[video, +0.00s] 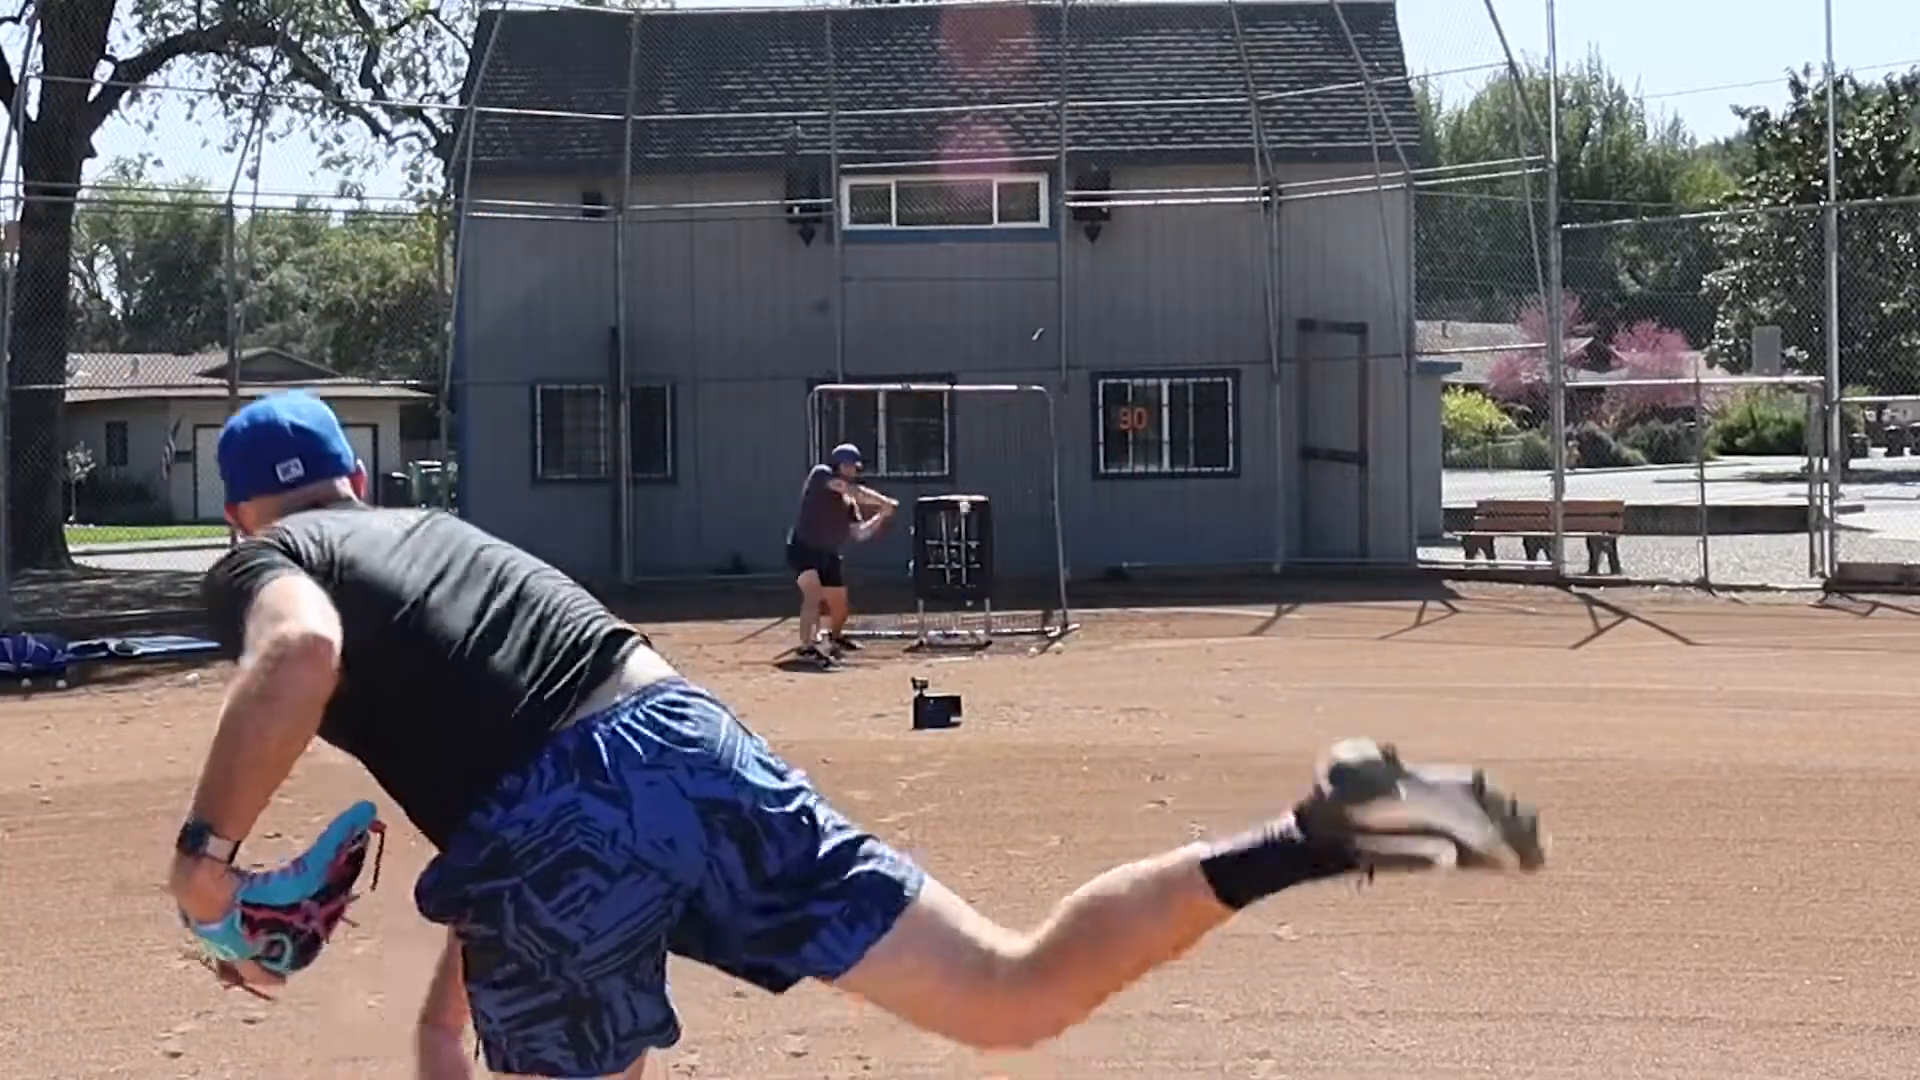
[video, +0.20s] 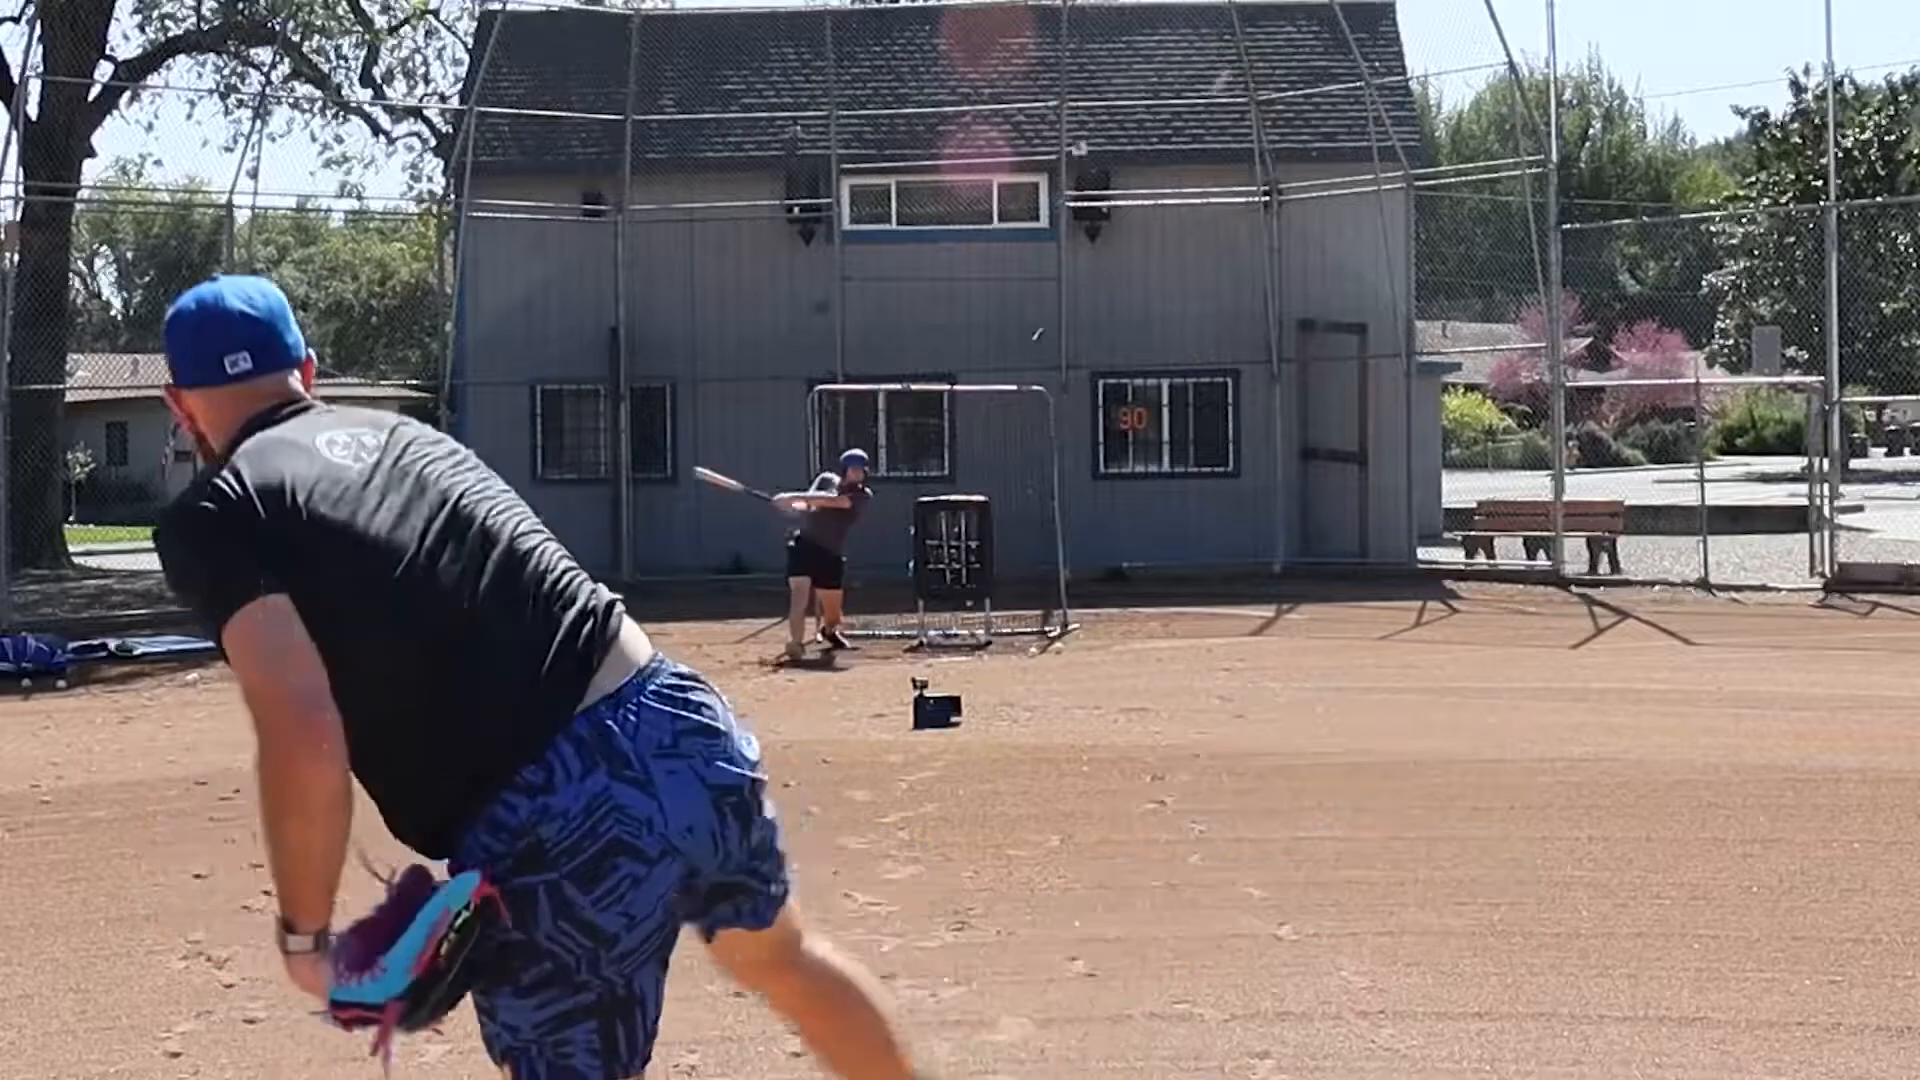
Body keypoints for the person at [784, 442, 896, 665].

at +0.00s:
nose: (855, 471)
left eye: (856, 467)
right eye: (851, 465)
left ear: (855, 467)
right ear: (839, 464)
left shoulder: (849, 498)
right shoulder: (820, 474)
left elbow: (858, 532)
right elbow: (854, 491)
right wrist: (884, 501)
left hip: (829, 552)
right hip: (805, 547)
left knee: (839, 606)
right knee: (813, 593)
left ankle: (835, 637)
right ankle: (806, 646)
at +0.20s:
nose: (858, 474)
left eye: (861, 470)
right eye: (854, 469)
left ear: (865, 472)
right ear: (845, 469)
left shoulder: (863, 496)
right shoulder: (827, 481)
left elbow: (833, 501)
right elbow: (809, 503)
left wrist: (794, 497)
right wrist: (790, 505)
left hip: (831, 554)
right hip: (805, 547)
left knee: (833, 612)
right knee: (799, 599)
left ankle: (829, 632)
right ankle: (795, 646)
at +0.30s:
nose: (850, 467)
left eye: (855, 463)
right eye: (846, 462)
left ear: (859, 466)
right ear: (837, 464)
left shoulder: (854, 487)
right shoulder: (827, 488)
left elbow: (819, 488)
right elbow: (808, 513)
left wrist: (787, 488)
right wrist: (785, 493)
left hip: (833, 551)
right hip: (807, 548)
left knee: (834, 608)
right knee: (800, 600)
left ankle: (833, 631)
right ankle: (797, 645)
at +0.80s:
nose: (832, 455)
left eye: (836, 450)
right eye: (828, 451)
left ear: (843, 455)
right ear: (821, 456)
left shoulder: (847, 474)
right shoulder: (814, 486)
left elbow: (815, 481)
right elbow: (793, 513)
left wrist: (773, 483)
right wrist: (767, 494)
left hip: (838, 547)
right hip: (810, 546)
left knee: (837, 601)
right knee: (805, 598)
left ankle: (834, 632)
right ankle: (799, 646)